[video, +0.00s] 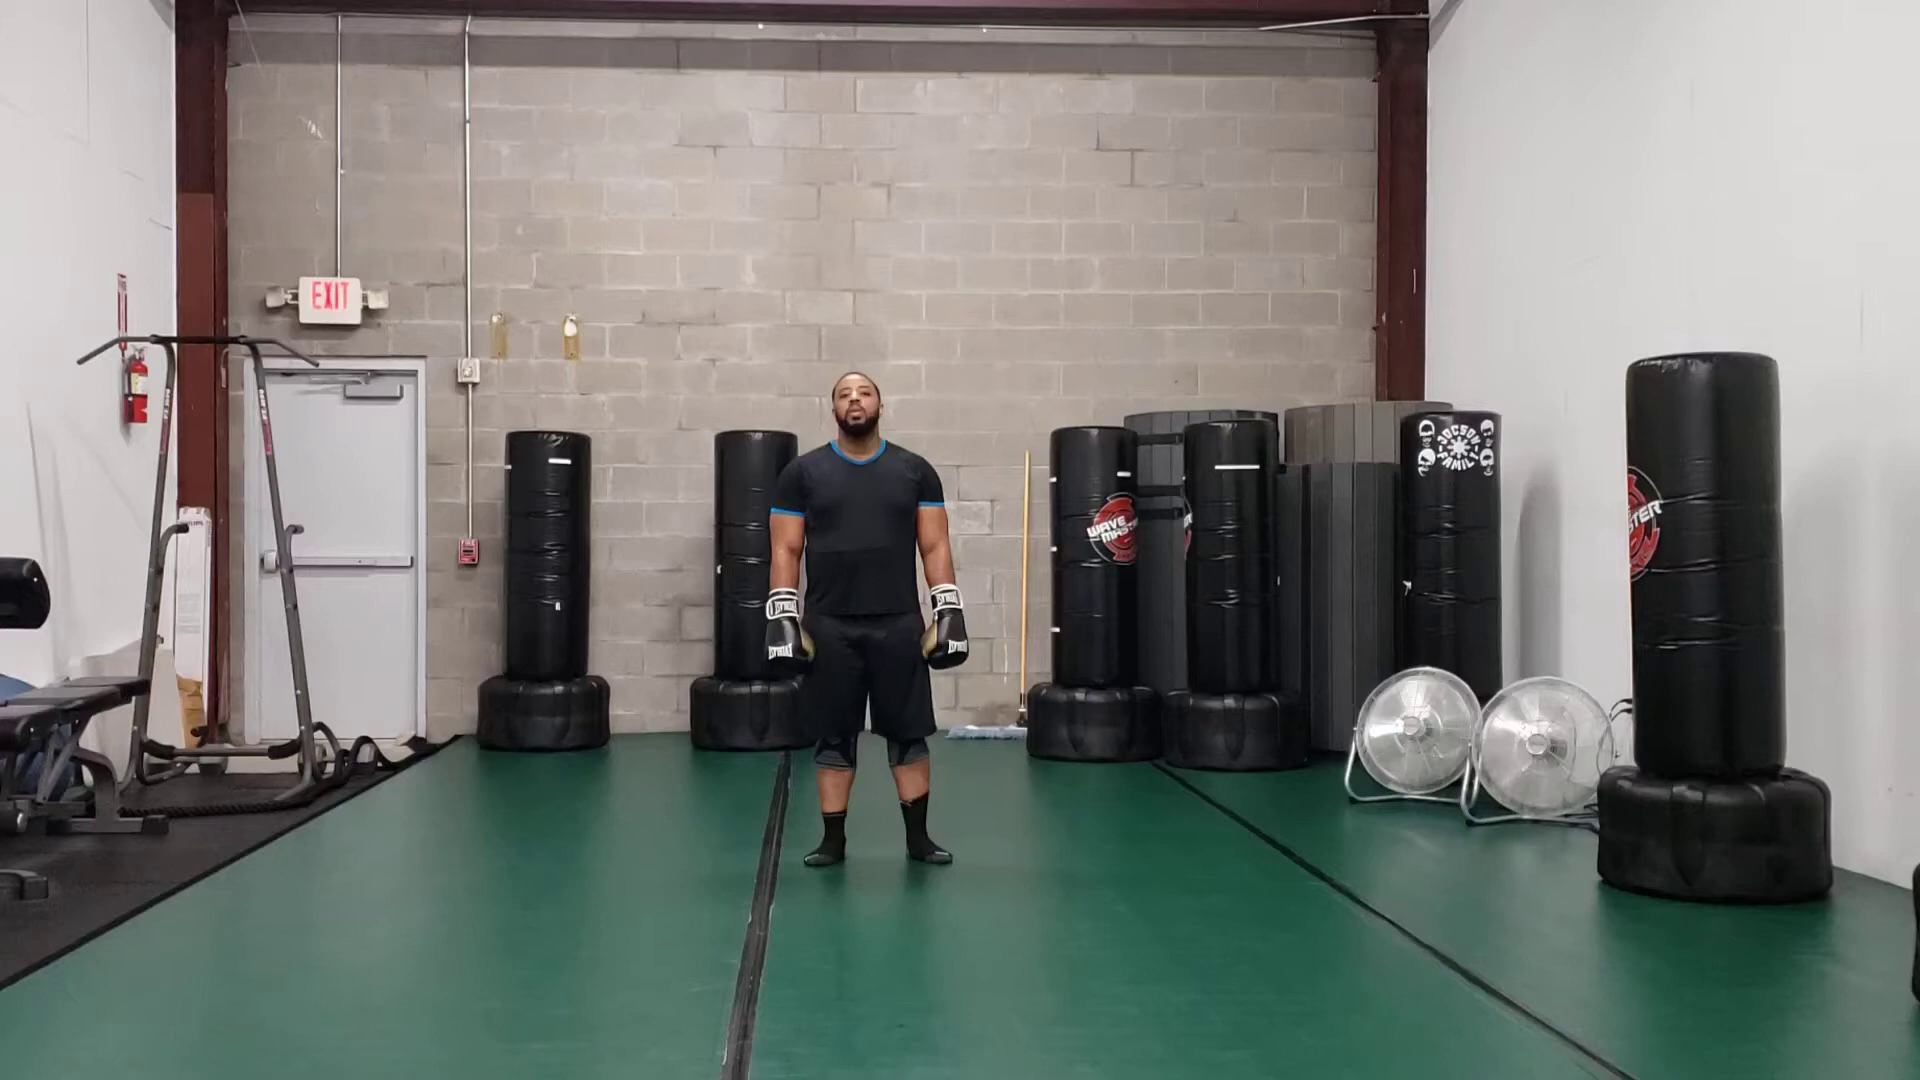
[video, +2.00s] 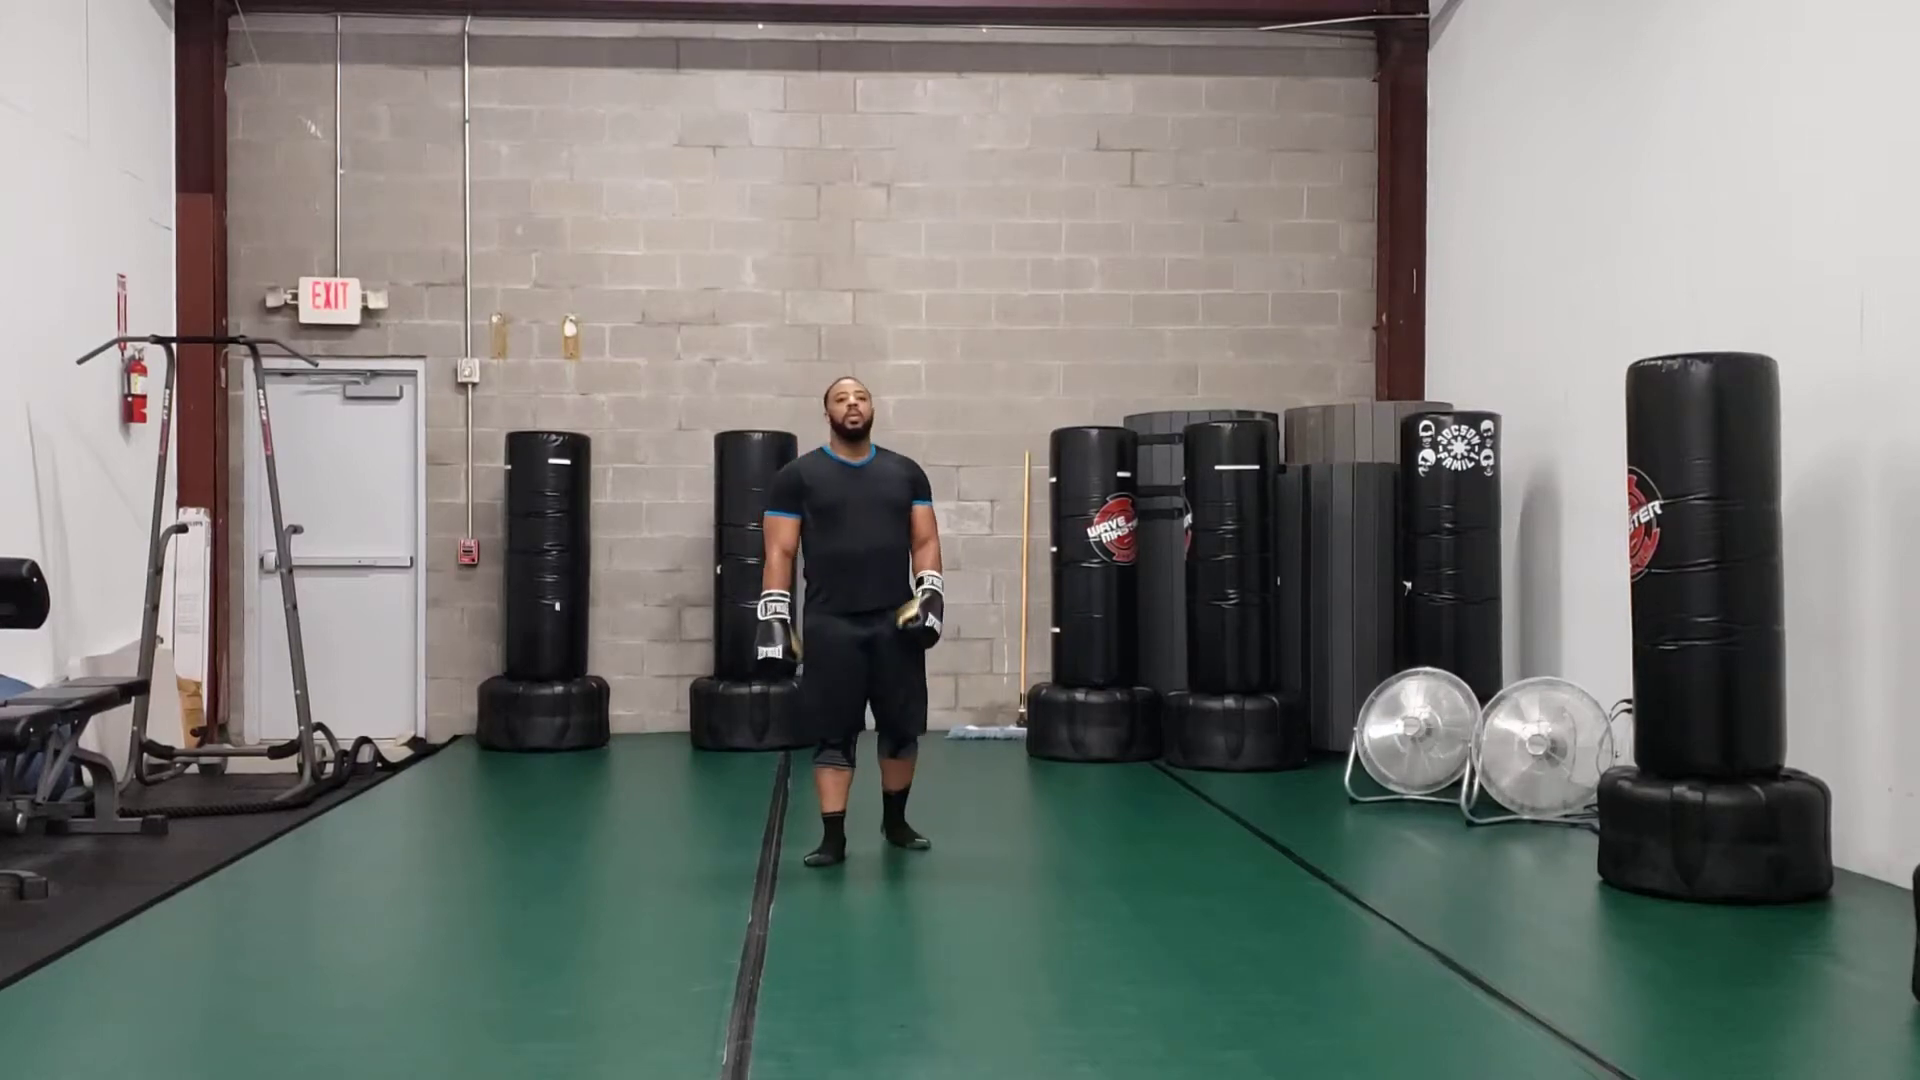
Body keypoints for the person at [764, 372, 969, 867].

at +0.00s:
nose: (855, 399)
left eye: (864, 393)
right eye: (845, 395)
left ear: (880, 408)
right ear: (833, 413)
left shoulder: (914, 472)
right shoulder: (803, 474)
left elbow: (934, 547)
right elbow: (786, 550)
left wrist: (949, 611)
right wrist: (781, 617)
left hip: (898, 627)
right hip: (830, 629)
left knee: (909, 736)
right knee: (833, 739)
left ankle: (918, 839)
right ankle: (832, 842)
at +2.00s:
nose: (853, 404)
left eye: (860, 398)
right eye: (842, 399)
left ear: (873, 412)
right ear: (827, 415)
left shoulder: (906, 473)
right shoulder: (799, 476)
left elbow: (925, 541)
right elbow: (780, 551)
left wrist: (930, 593)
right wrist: (774, 616)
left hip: (896, 620)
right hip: (830, 623)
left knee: (902, 729)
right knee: (833, 733)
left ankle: (896, 822)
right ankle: (833, 839)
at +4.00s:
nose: (793, 410)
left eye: (801, 402)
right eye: (783, 404)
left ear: (815, 412)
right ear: (770, 418)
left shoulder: (852, 470)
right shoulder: (743, 476)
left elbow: (874, 536)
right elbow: (718, 546)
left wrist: (857, 571)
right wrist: (756, 577)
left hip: (843, 617)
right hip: (777, 621)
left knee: (867, 721)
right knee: (784, 730)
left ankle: (882, 823)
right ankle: (786, 832)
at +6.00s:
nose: (800, 427)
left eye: (811, 418)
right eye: (791, 416)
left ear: (824, 416)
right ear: (774, 411)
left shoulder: (856, 473)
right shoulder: (738, 472)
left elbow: (872, 553)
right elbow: (710, 544)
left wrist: (880, 619)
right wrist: (733, 554)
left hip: (838, 636)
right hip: (764, 638)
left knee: (858, 751)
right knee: (761, 755)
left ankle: (865, 838)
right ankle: (756, 873)